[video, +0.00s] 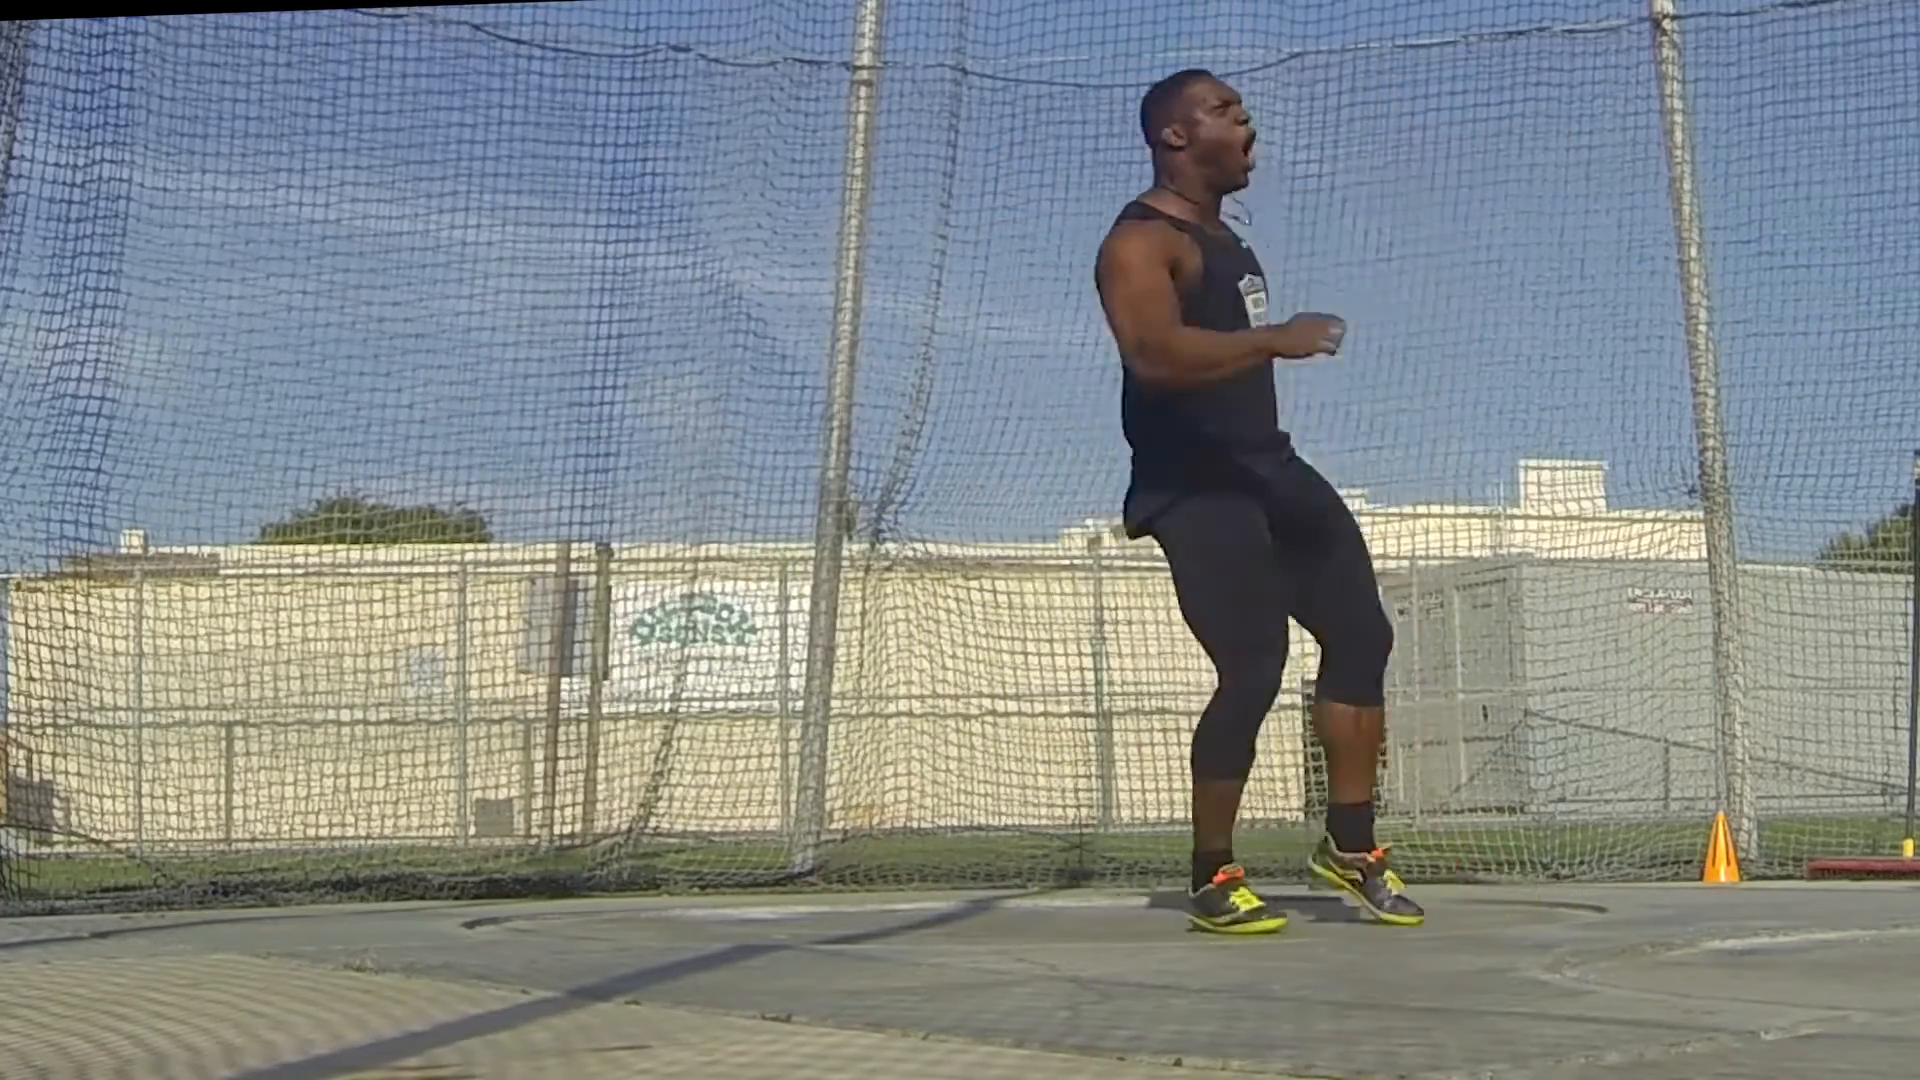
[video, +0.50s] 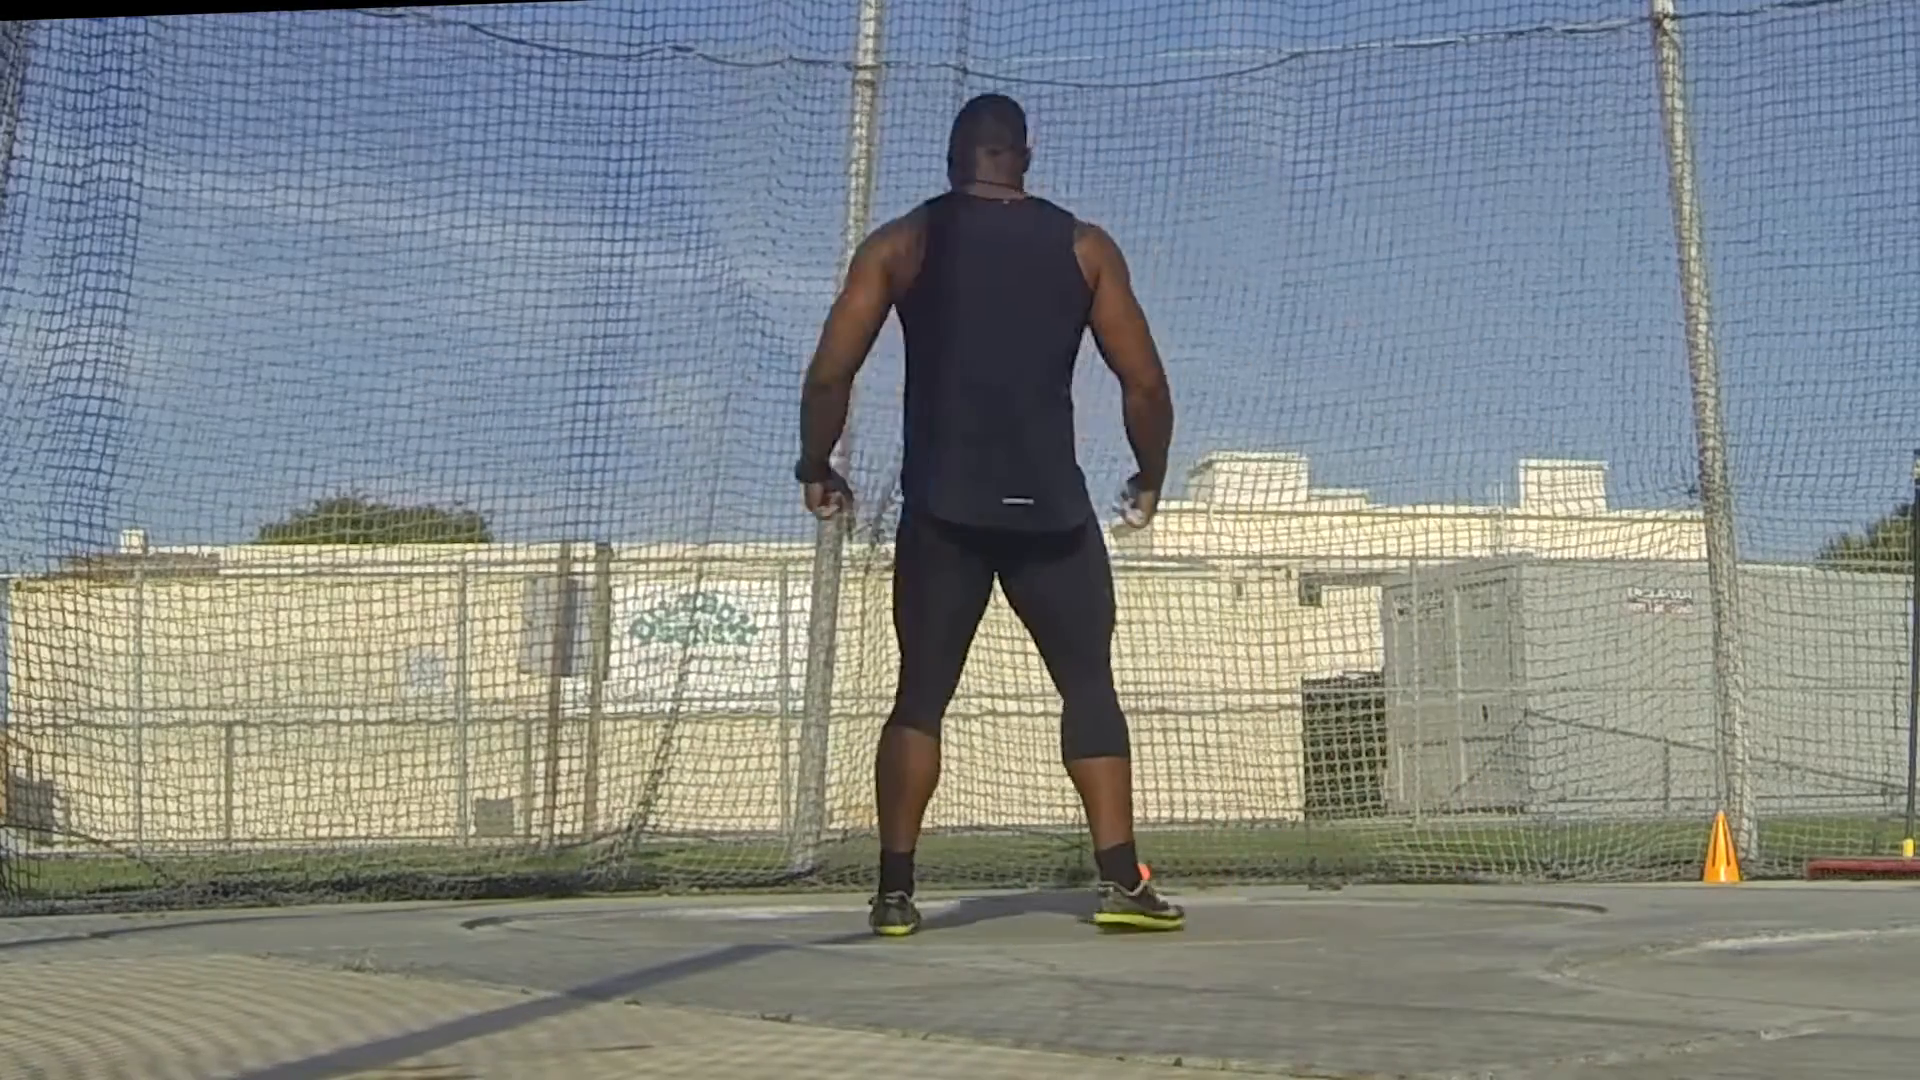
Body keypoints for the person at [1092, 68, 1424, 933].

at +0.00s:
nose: (1248, 128)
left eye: (1243, 113)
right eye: (1228, 114)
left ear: (1194, 141)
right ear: (1174, 136)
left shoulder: (1222, 238)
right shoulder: (1137, 238)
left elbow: (1208, 360)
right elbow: (1154, 355)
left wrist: (1273, 462)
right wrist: (1273, 342)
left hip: (1273, 473)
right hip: (1195, 487)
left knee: (1360, 636)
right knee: (1251, 666)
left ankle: (1351, 849)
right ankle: (1213, 875)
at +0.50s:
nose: (1001, 166)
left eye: (979, 153)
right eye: (1014, 153)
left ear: (949, 160)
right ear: (1026, 160)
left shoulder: (898, 243)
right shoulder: (1084, 244)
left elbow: (829, 374)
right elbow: (1145, 381)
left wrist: (816, 468)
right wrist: (1149, 474)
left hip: (940, 512)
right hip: (1049, 511)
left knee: (920, 698)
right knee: (1088, 687)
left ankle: (895, 891)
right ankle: (1122, 880)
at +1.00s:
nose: (924, 172)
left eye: (911, 159)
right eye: (943, 159)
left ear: (888, 168)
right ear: (962, 169)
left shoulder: (824, 251)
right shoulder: (999, 232)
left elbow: (798, 384)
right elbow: (1013, 348)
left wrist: (811, 505)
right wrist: (1012, 477)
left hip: (890, 504)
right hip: (992, 495)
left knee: (896, 691)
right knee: (1049, 668)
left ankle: (893, 889)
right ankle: (1078, 864)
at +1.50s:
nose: (1077, 132)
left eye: (1077, 118)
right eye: (1058, 118)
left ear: (1032, 141)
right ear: (1007, 136)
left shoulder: (1005, 229)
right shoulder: (996, 231)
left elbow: (994, 379)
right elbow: (992, 374)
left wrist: (1077, 469)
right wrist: (1089, 469)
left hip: (990, 499)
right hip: (1031, 497)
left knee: (968, 671)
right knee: (1057, 681)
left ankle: (886, 864)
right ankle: (1098, 888)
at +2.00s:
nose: (1180, 92)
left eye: (1184, 81)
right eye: (1159, 79)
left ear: (1186, 105)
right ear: (1111, 101)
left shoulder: (1206, 218)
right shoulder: (1071, 196)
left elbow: (1238, 351)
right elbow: (1024, 327)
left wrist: (1290, 451)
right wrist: (1070, 443)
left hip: (1220, 476)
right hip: (1127, 475)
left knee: (1281, 644)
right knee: (1114, 673)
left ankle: (1297, 866)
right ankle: (1099, 886)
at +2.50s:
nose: (1368, 89)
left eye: (1373, 78)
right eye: (1349, 75)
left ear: (1378, 100)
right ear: (1299, 94)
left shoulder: (1398, 226)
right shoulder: (1238, 194)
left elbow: (1444, 354)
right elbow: (1189, 326)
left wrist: (1496, 455)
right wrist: (1237, 436)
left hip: (1387, 474)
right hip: (1284, 465)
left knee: (1397, 661)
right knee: (1270, 648)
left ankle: (1419, 882)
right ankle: (1194, 840)